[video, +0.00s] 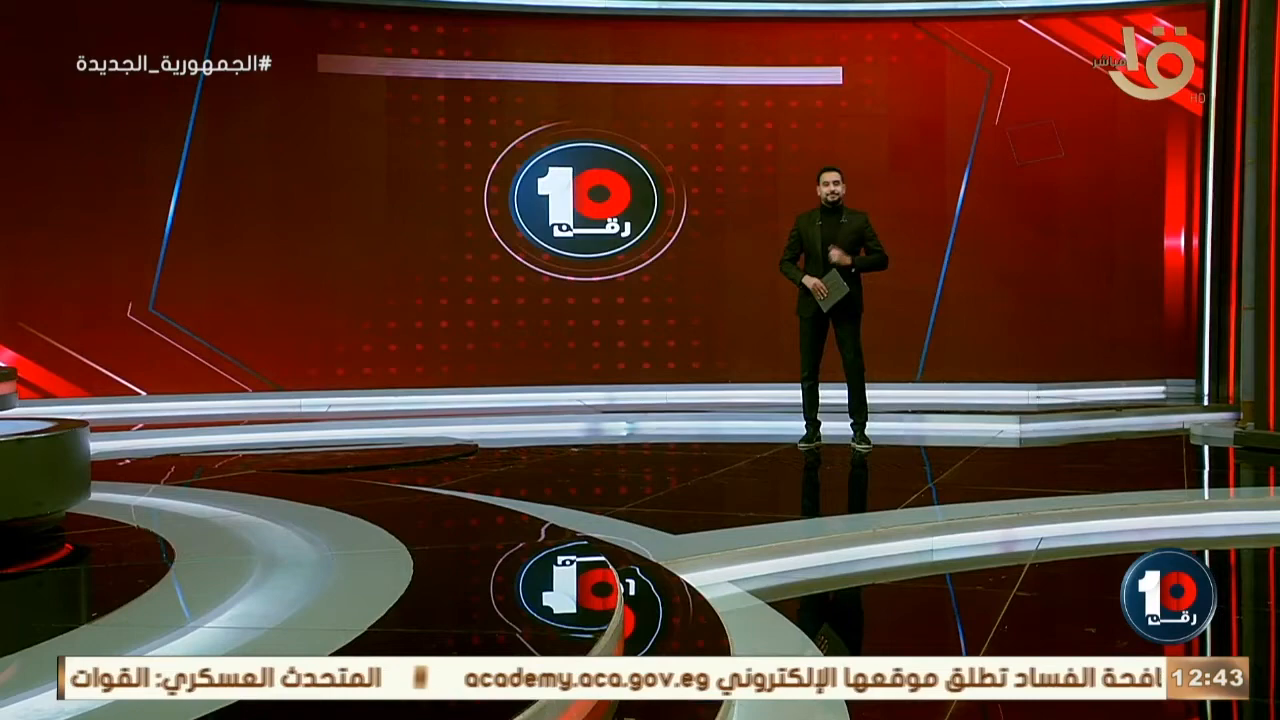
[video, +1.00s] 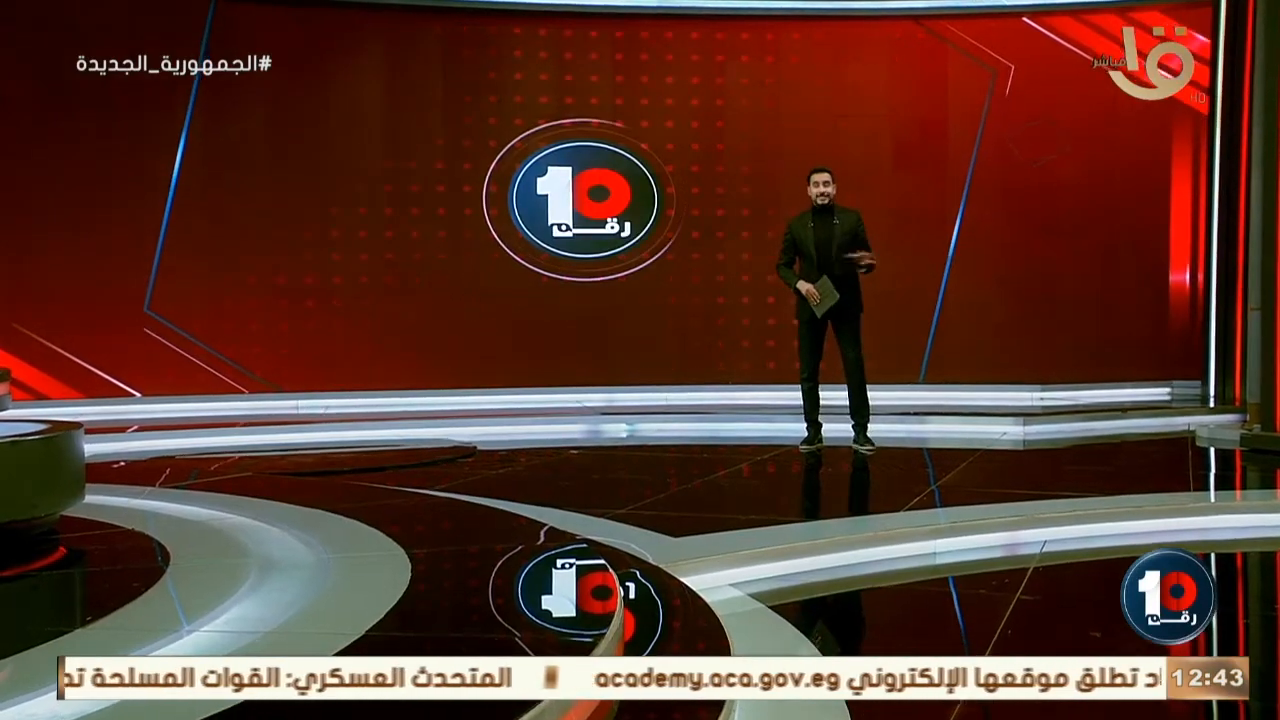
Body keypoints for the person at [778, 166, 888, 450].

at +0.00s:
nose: (832, 189)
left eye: (836, 184)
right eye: (826, 184)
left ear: (844, 187)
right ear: (818, 189)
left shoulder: (858, 220)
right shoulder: (805, 222)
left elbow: (880, 259)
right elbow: (786, 263)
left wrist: (851, 261)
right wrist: (805, 279)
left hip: (847, 304)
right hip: (812, 304)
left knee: (853, 366)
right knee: (809, 369)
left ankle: (859, 430)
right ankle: (811, 429)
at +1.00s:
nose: (822, 189)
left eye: (826, 184)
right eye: (816, 185)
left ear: (835, 188)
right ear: (808, 190)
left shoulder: (851, 219)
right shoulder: (797, 225)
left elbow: (865, 260)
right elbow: (783, 266)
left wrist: (866, 262)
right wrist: (799, 283)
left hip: (846, 303)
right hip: (811, 305)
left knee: (854, 366)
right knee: (808, 370)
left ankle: (860, 432)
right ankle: (813, 431)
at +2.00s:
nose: (853, 189)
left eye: (860, 185)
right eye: (849, 184)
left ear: (870, 190)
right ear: (843, 188)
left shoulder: (884, 222)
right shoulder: (830, 221)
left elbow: (895, 263)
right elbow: (815, 262)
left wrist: (894, 276)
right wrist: (822, 280)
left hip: (871, 307)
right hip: (836, 305)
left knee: (871, 373)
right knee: (825, 368)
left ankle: (864, 435)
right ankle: (820, 433)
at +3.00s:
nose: (863, 189)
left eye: (869, 185)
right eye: (859, 183)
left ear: (878, 190)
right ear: (852, 187)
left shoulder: (892, 224)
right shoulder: (836, 221)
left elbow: (902, 264)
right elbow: (818, 261)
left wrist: (900, 277)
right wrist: (828, 281)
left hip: (876, 309)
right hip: (841, 307)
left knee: (874, 376)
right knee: (829, 370)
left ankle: (866, 438)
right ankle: (823, 435)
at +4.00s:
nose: (857, 192)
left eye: (862, 186)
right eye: (852, 186)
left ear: (871, 190)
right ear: (844, 190)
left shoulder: (886, 223)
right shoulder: (830, 223)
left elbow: (896, 261)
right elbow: (812, 265)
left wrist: (903, 278)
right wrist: (825, 283)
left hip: (873, 308)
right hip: (836, 307)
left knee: (873, 376)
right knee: (826, 372)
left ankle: (868, 440)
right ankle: (819, 437)